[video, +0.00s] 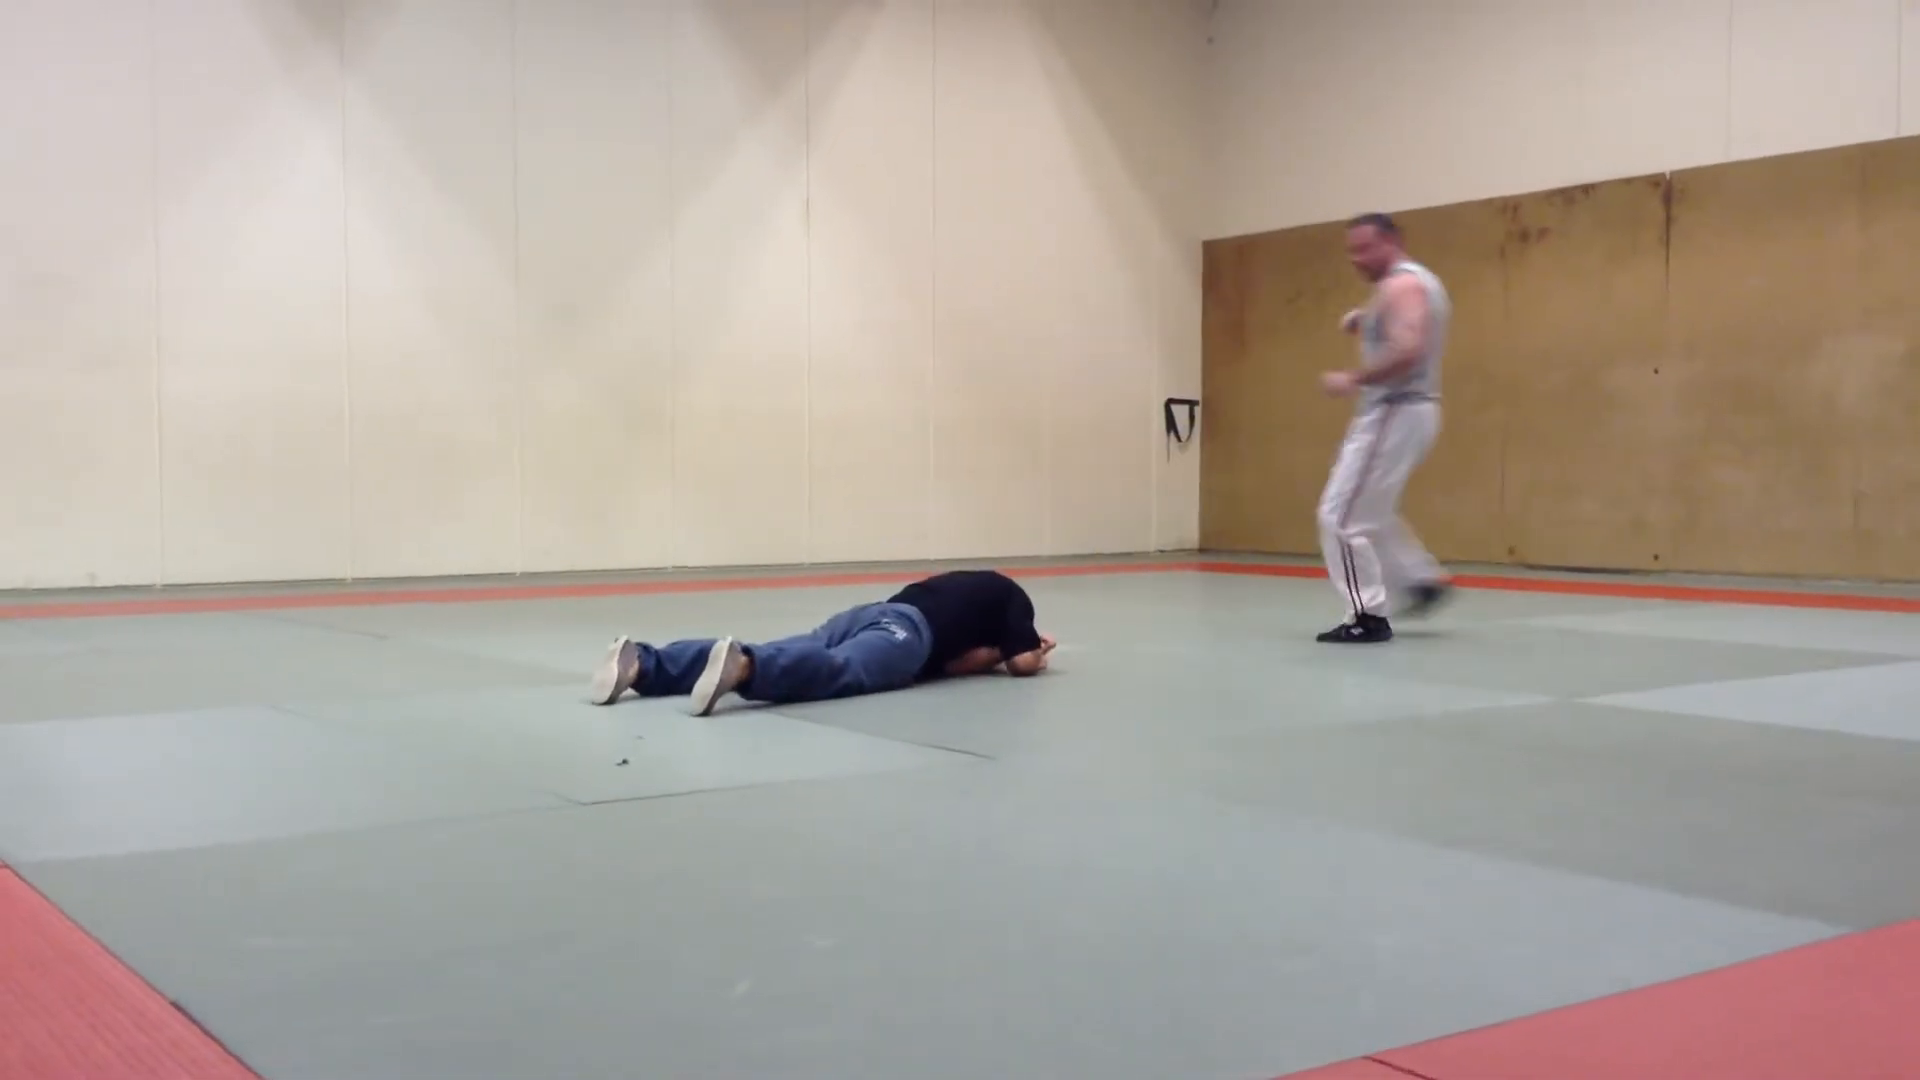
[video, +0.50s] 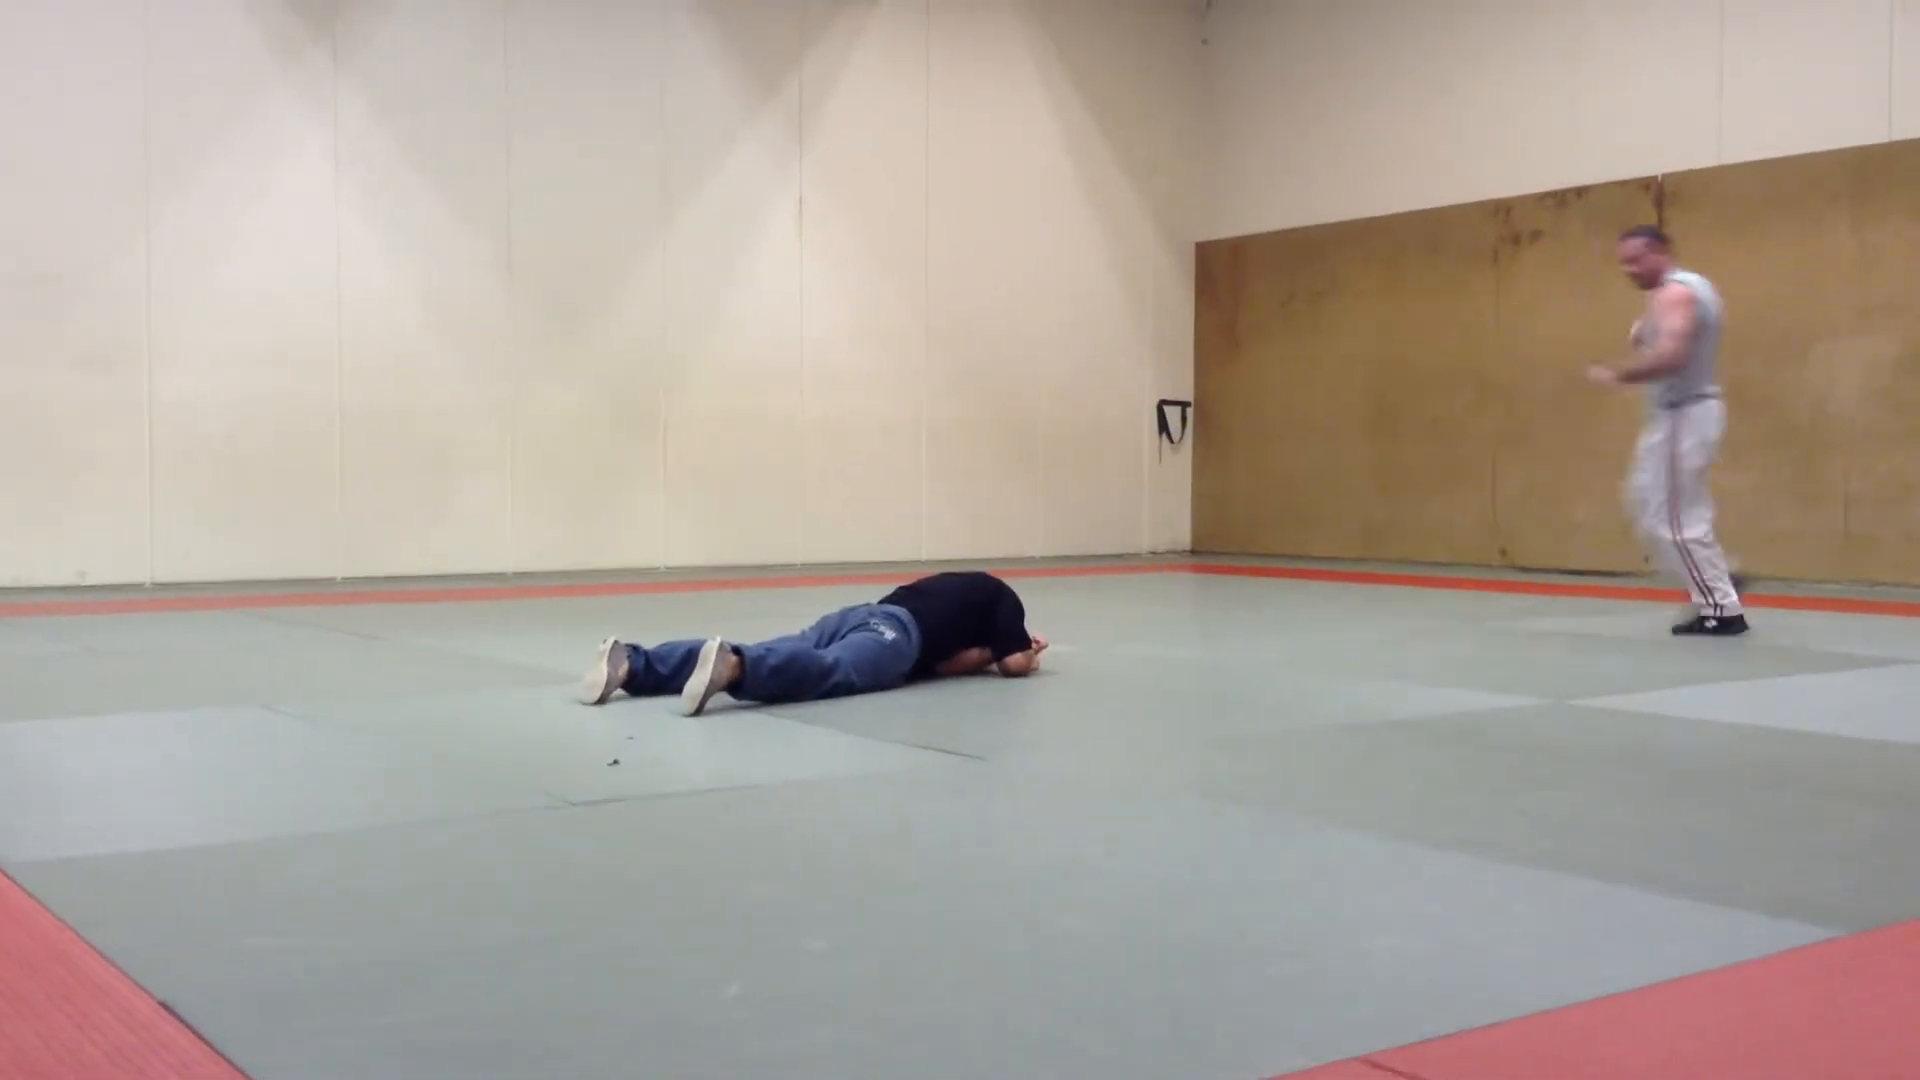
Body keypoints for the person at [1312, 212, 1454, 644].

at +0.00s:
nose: (1358, 260)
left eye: (1364, 248)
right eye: (1354, 251)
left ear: (1390, 243)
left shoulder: (1403, 286)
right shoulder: (1414, 280)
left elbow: (1408, 348)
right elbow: (1396, 317)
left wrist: (1357, 378)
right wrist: (1366, 318)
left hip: (1396, 413)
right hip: (1413, 411)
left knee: (1340, 514)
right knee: (1372, 509)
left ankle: (1368, 616)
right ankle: (1421, 581)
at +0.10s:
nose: (1412, 255)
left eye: (1418, 244)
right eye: (1407, 247)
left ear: (1443, 236)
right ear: (1412, 245)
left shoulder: (1463, 279)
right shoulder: (1459, 277)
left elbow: (1475, 346)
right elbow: (1454, 345)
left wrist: (1421, 368)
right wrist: (1411, 336)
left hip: (1449, 405)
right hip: (1467, 403)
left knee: (1392, 500)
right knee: (1451, 503)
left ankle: (1370, 609)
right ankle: (1519, 587)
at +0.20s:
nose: (1469, 261)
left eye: (1475, 249)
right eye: (1464, 253)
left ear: (1501, 243)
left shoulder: (1517, 283)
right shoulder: (1526, 280)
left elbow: (1508, 341)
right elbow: (1512, 346)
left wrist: (1458, 342)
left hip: (1513, 412)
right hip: (1537, 409)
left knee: (1454, 499)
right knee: (1513, 509)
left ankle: (1478, 603)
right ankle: (1541, 608)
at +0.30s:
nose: (1520, 255)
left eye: (1526, 244)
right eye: (1515, 247)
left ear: (1553, 235)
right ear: (1555, 239)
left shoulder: (1567, 274)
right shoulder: (1591, 269)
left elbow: (1540, 329)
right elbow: (1613, 333)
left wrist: (1499, 321)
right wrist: (1593, 370)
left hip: (1569, 399)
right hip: (1584, 395)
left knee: (1546, 506)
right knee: (1545, 505)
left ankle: (1627, 571)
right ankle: (1543, 601)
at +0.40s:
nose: (1575, 257)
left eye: (1580, 246)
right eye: (1571, 248)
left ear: (1603, 237)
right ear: (1609, 240)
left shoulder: (1619, 274)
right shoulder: (1646, 270)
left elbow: (1592, 330)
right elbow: (1678, 318)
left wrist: (1548, 330)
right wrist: (1642, 348)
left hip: (1633, 399)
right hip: (1620, 399)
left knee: (1635, 504)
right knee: (1584, 488)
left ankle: (1702, 589)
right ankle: (1593, 592)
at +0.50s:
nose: (1628, 271)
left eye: (1634, 261)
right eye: (1624, 262)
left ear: (1658, 253)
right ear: (1650, 257)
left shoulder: (1677, 294)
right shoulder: (1679, 287)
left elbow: (1671, 355)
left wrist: (1619, 374)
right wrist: (1646, 333)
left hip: (1688, 415)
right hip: (1676, 413)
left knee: (1678, 516)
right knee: (1647, 503)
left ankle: (1721, 608)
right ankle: (1715, 584)